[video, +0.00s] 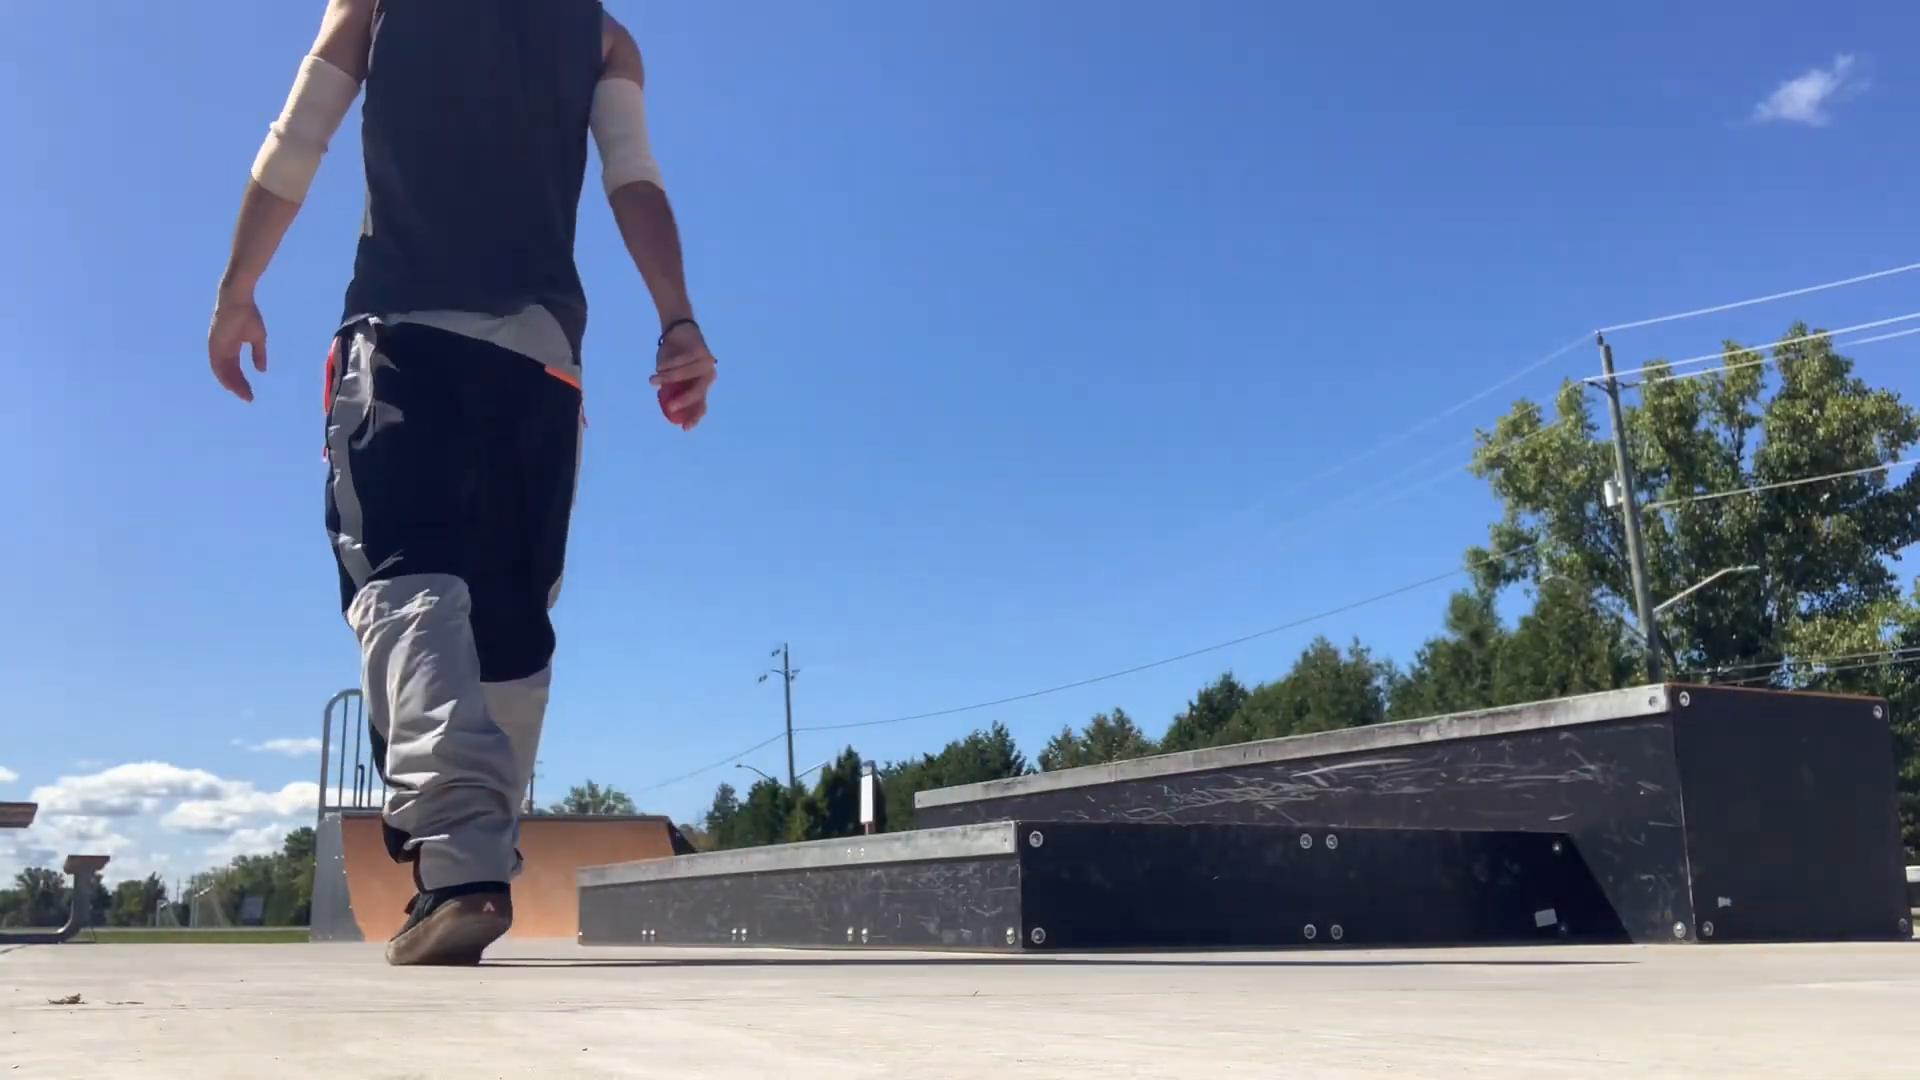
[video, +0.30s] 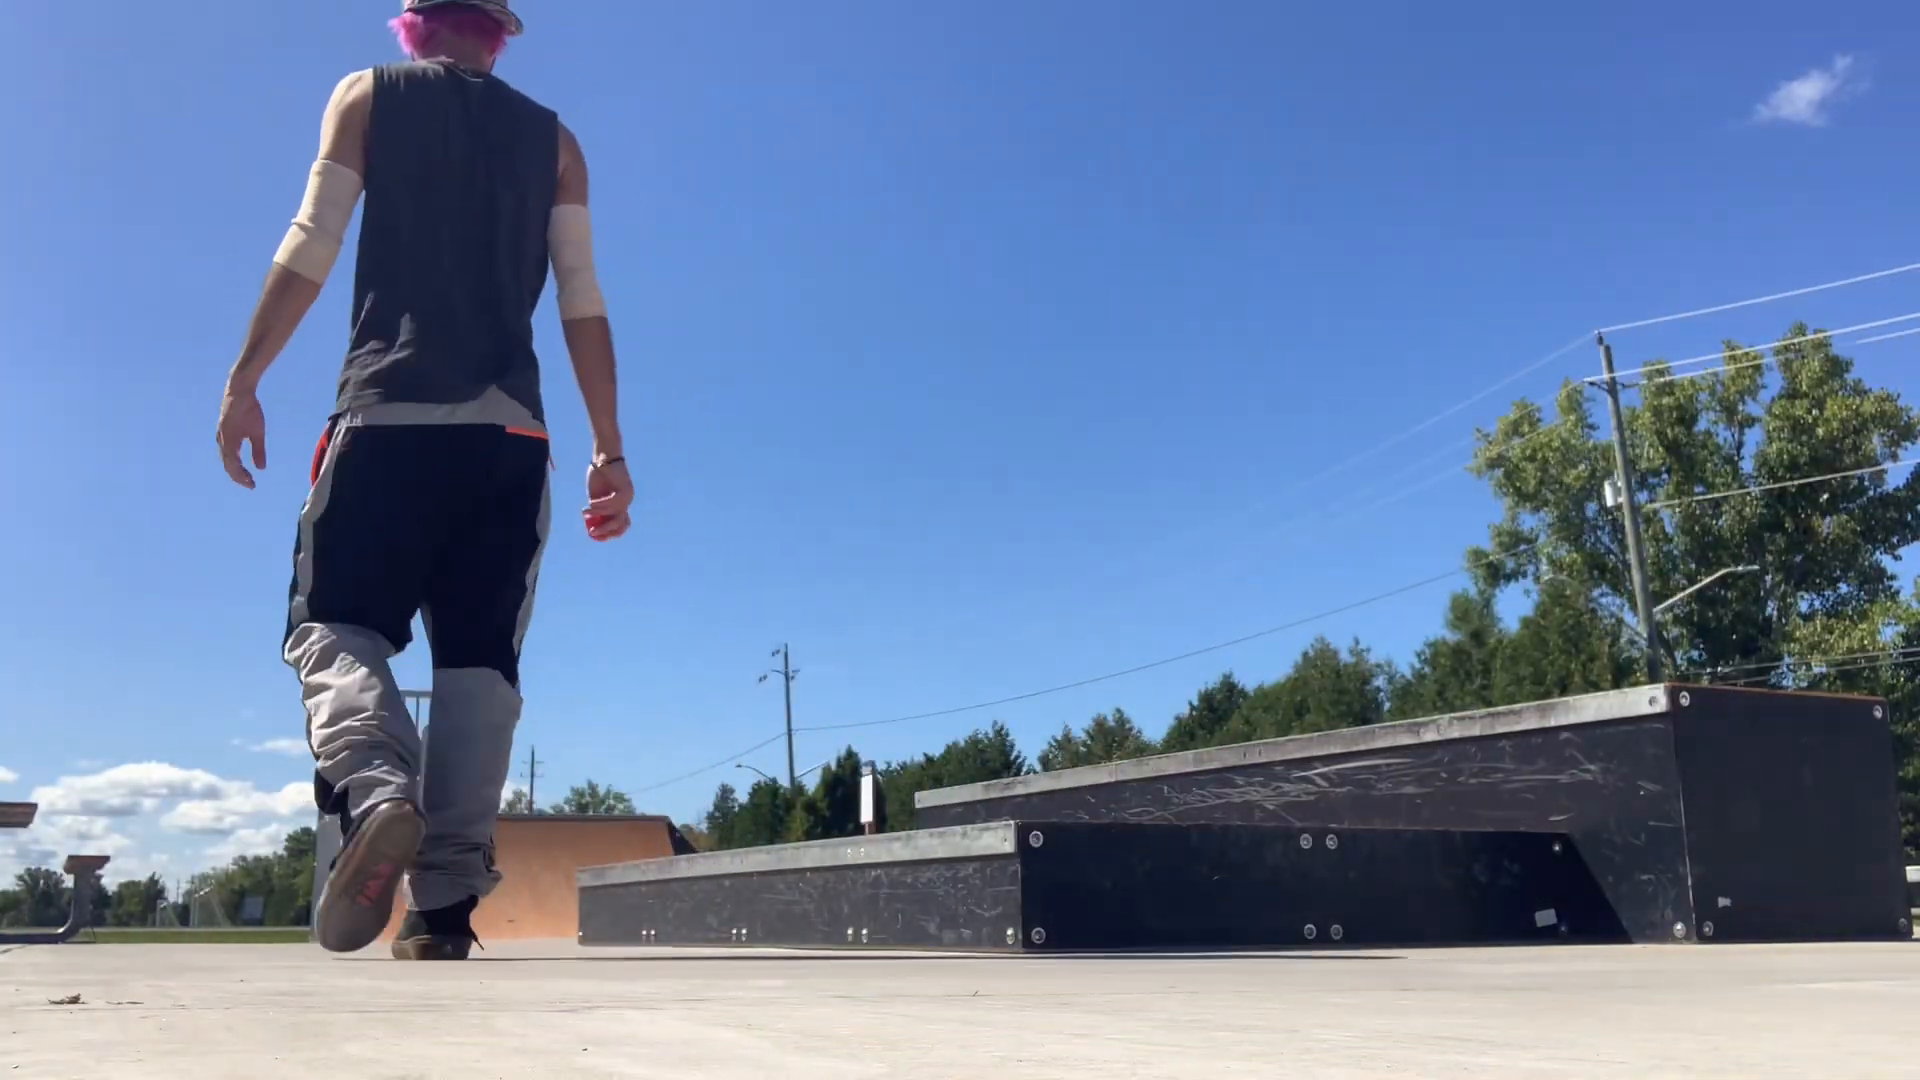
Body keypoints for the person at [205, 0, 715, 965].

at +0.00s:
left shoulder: (375, 8)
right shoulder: (601, 28)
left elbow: (296, 143)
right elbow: (632, 175)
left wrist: (235, 290)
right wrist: (678, 316)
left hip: (403, 321)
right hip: (536, 337)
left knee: (406, 576)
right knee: (512, 614)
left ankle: (462, 867)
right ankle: (474, 873)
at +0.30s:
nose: (419, 41)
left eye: (410, 29)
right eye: (487, 33)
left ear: (410, 31)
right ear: (500, 41)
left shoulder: (368, 91)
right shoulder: (552, 135)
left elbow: (312, 245)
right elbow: (582, 302)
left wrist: (244, 378)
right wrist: (609, 444)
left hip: (384, 424)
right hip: (509, 435)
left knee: (337, 629)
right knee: (477, 663)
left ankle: (378, 797)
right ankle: (444, 911)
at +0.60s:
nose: (372, 175)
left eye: (367, 162)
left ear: (369, 161)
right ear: (445, 163)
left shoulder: (329, 223)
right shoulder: (495, 243)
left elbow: (282, 352)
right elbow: (538, 386)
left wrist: (223, 454)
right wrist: (533, 469)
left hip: (342, 504)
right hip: (448, 512)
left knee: (311, 697)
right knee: (437, 671)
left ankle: (292, 911)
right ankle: (430, 815)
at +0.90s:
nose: (415, 238)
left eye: (401, 224)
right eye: (443, 231)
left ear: (384, 226)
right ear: (458, 235)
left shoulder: (331, 285)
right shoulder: (484, 303)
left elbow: (269, 411)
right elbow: (493, 423)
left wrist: (225, 505)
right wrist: (516, 537)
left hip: (339, 542)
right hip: (438, 552)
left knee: (313, 710)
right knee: (422, 730)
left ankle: (293, 904)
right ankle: (397, 901)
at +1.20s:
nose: (488, 322)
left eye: (461, 307)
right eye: (502, 314)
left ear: (444, 305)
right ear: (505, 316)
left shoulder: (389, 363)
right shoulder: (522, 379)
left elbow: (337, 470)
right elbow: (524, 484)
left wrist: (304, 551)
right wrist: (540, 584)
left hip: (397, 584)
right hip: (480, 589)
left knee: (370, 714)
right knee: (451, 760)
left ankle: (332, 802)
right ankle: (405, 912)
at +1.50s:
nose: (564, 387)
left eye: (562, 380)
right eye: (566, 379)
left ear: (505, 371)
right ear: (560, 377)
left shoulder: (451, 428)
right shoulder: (563, 428)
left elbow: (406, 524)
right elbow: (587, 530)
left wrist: (364, 602)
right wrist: (615, 583)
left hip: (453, 616)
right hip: (516, 616)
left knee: (462, 762)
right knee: (477, 763)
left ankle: (489, 904)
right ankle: (407, 895)